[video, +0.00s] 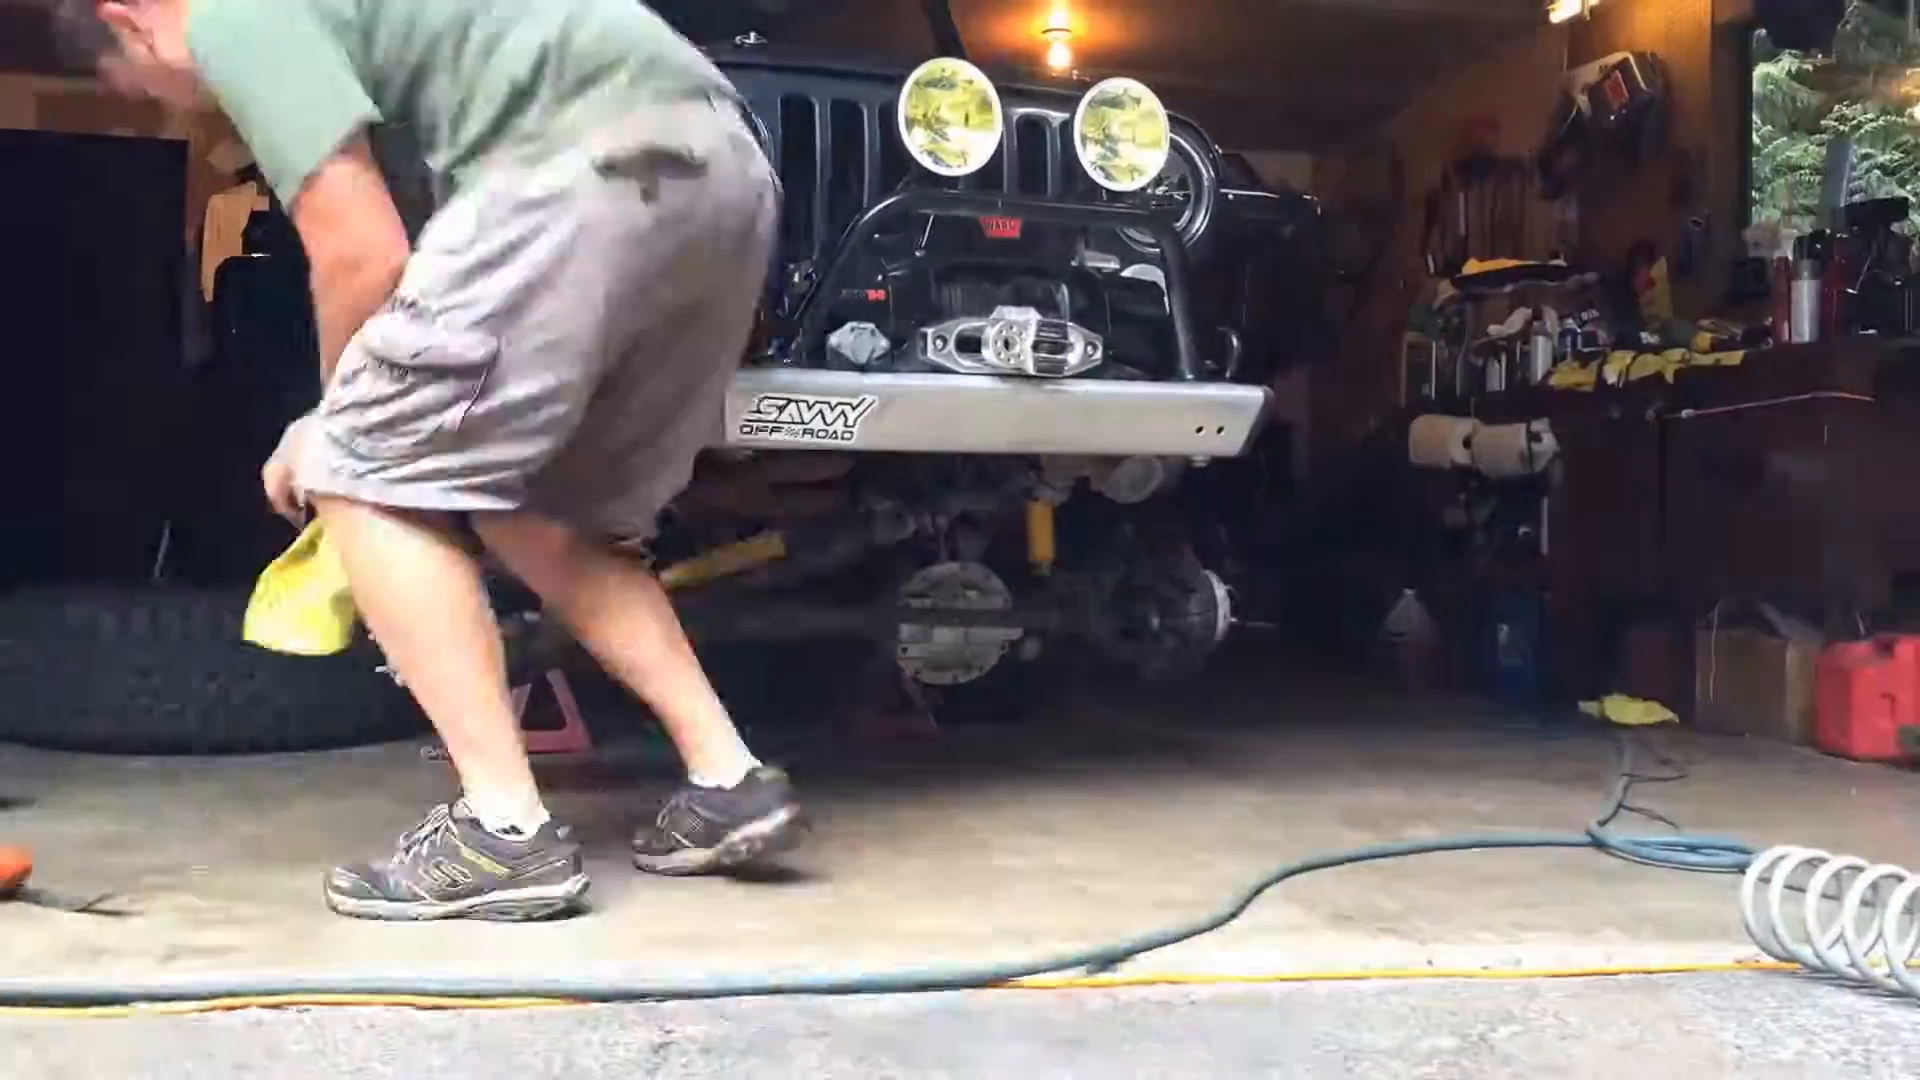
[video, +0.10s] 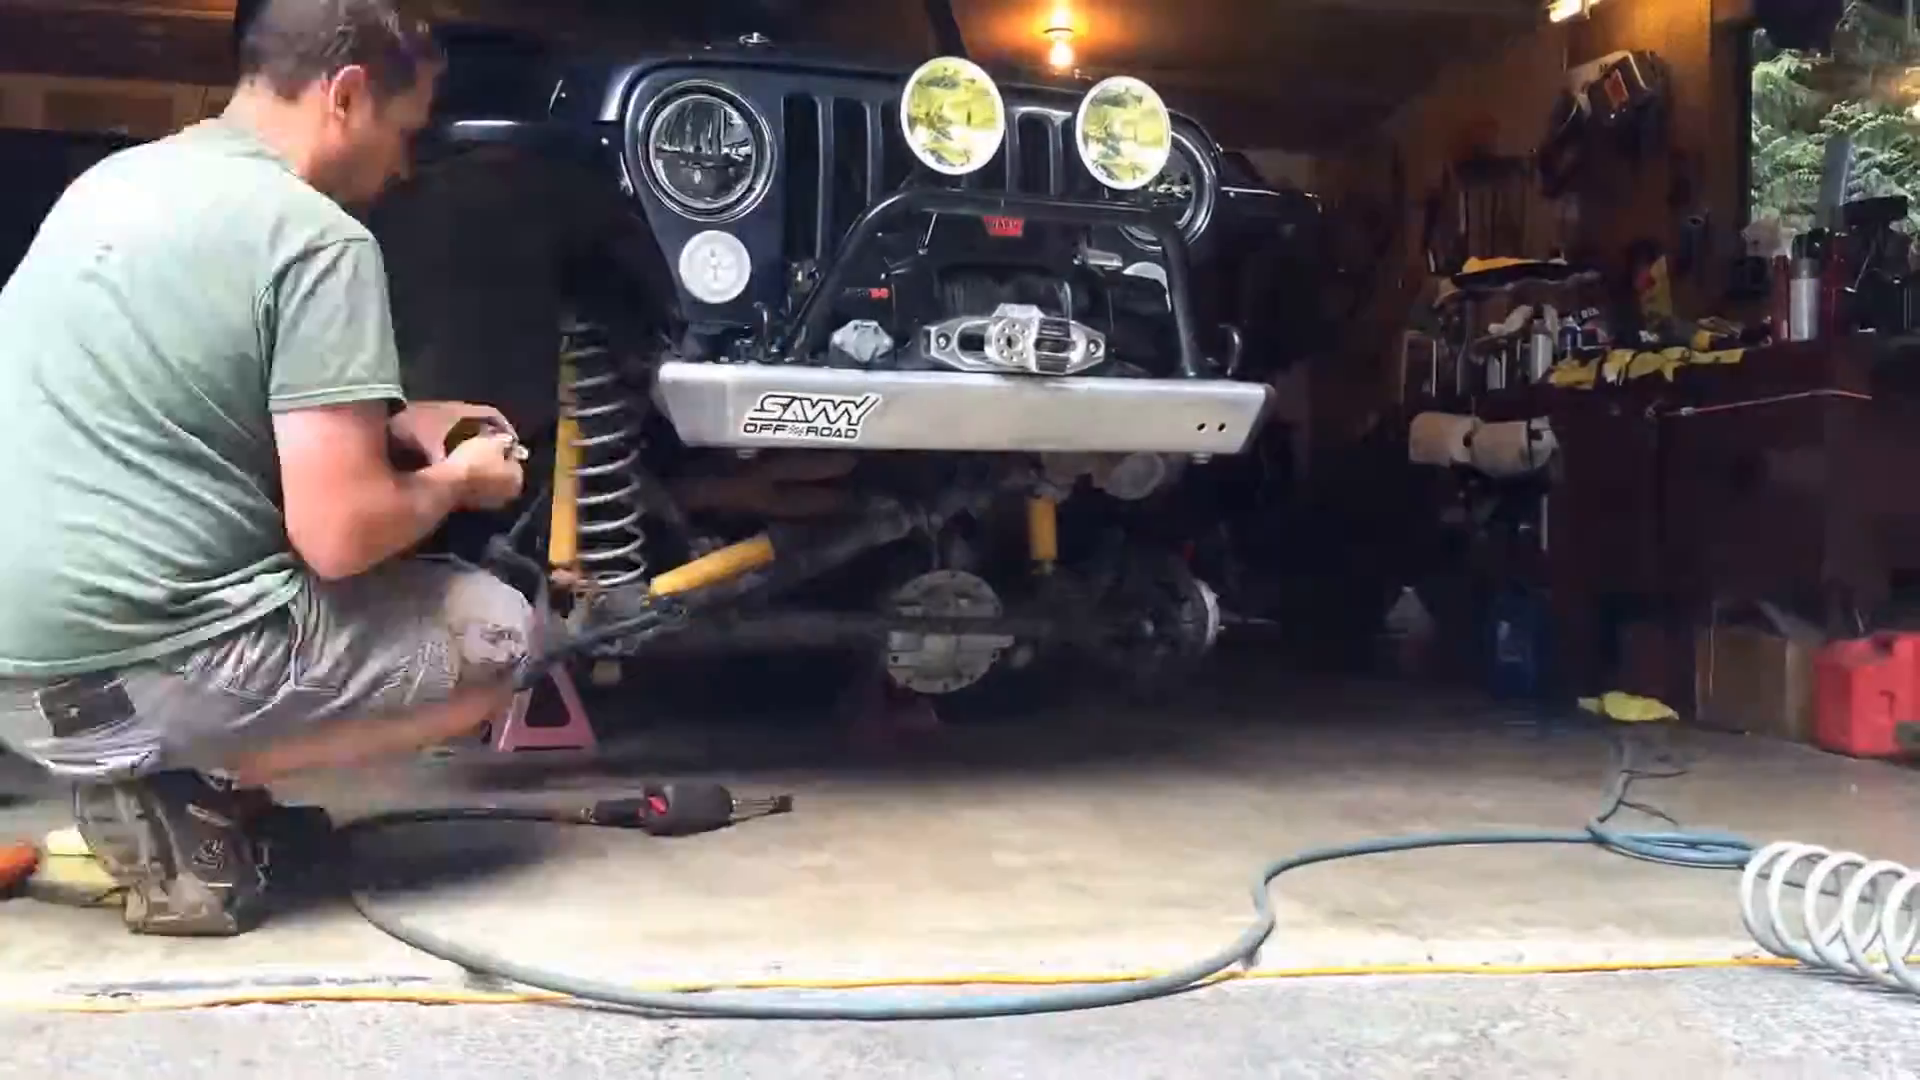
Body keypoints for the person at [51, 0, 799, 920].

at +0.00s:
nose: (173, 105)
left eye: (137, 81)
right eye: (145, 95)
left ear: (136, 23)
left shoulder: (237, 18)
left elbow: (364, 257)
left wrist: (338, 421)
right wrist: (345, 448)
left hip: (579, 171)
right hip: (721, 163)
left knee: (363, 480)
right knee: (532, 506)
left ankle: (506, 826)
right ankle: (730, 780)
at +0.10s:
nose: (404, 164)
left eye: (415, 137)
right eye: (407, 130)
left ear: (258, 80)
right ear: (345, 94)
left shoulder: (108, 184)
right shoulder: (316, 239)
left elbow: (180, 414)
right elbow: (341, 536)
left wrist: (392, 424)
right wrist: (455, 482)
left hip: (29, 675)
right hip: (168, 677)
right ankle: (209, 791)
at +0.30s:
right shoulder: (226, 233)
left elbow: (348, 540)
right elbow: (298, 132)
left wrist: (496, 444)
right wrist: (404, 135)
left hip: (101, 672)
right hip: (262, 635)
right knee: (518, 660)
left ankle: (161, 768)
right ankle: (295, 748)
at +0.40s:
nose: (293, 261)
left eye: (298, 240)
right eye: (290, 235)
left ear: (233, 214)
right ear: (234, 212)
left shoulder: (153, 291)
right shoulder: (135, 317)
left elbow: (265, 418)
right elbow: (228, 528)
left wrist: (311, 469)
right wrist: (376, 549)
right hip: (33, 608)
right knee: (361, 626)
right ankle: (60, 735)